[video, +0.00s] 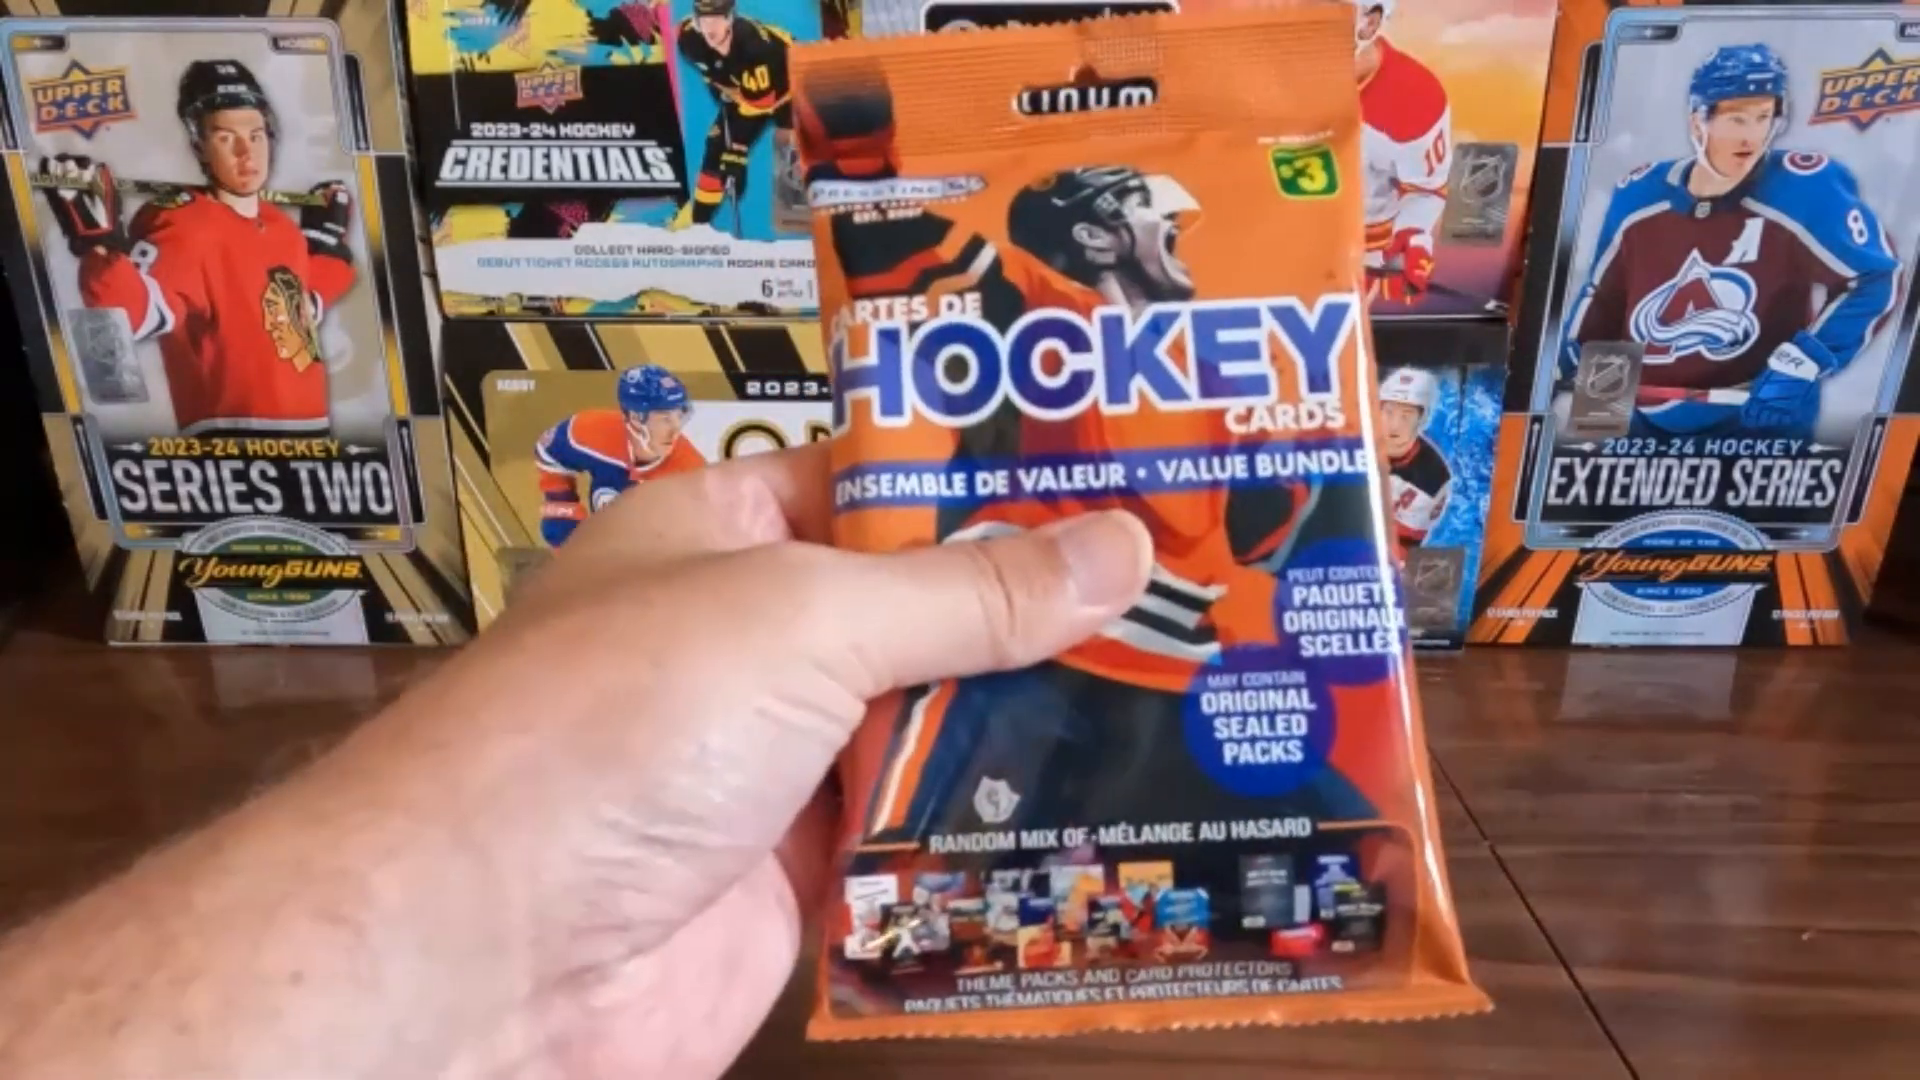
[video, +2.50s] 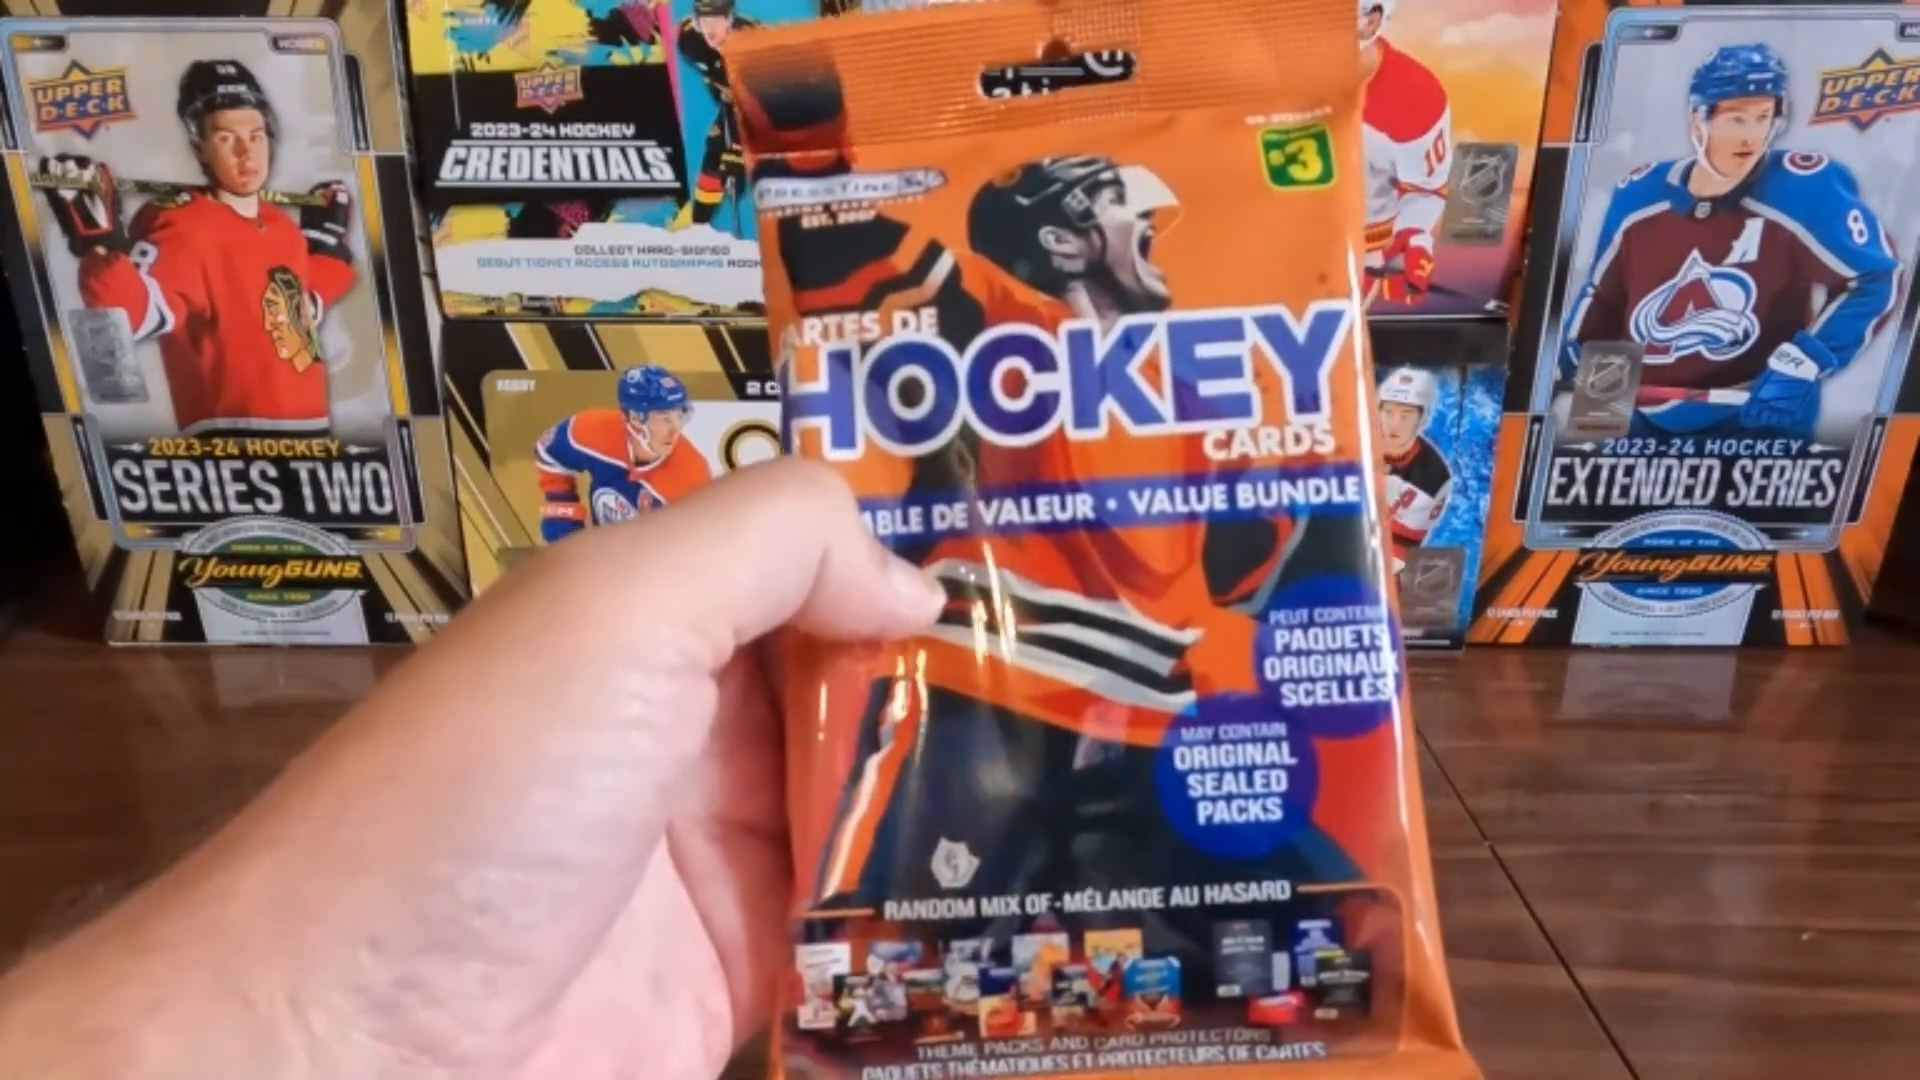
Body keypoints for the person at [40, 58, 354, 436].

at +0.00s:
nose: (247, 153)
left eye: (256, 135)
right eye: (228, 139)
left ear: (270, 139)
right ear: (201, 149)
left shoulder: (283, 228)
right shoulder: (183, 227)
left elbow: (304, 301)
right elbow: (139, 316)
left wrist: (336, 252)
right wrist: (100, 249)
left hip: (307, 433)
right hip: (229, 441)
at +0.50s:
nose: (247, 152)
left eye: (256, 135)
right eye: (228, 139)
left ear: (270, 140)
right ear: (201, 149)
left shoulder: (282, 227)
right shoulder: (184, 226)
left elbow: (303, 305)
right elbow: (138, 316)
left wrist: (334, 250)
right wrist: (100, 249)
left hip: (308, 433)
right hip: (230, 441)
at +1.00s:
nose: (247, 152)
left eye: (256, 135)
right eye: (228, 139)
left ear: (270, 139)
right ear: (200, 149)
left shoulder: (282, 227)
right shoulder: (183, 226)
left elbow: (303, 305)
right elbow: (140, 316)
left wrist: (334, 251)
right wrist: (100, 251)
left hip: (307, 432)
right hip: (230, 439)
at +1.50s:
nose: (247, 152)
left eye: (256, 135)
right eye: (227, 138)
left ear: (270, 140)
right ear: (201, 149)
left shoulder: (282, 228)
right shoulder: (184, 226)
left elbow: (301, 306)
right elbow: (141, 315)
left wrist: (334, 251)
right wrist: (101, 250)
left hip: (307, 432)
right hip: (230, 439)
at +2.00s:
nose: (247, 152)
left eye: (256, 135)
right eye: (228, 139)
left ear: (270, 140)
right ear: (201, 150)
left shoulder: (283, 227)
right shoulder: (183, 226)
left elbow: (303, 305)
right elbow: (142, 315)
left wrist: (334, 250)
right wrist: (100, 250)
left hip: (307, 432)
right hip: (230, 438)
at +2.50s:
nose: (247, 152)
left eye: (256, 135)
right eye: (228, 139)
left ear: (270, 139)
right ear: (201, 150)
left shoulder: (282, 227)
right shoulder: (184, 226)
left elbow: (302, 307)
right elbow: (140, 315)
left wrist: (333, 249)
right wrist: (100, 249)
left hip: (308, 433)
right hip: (231, 441)